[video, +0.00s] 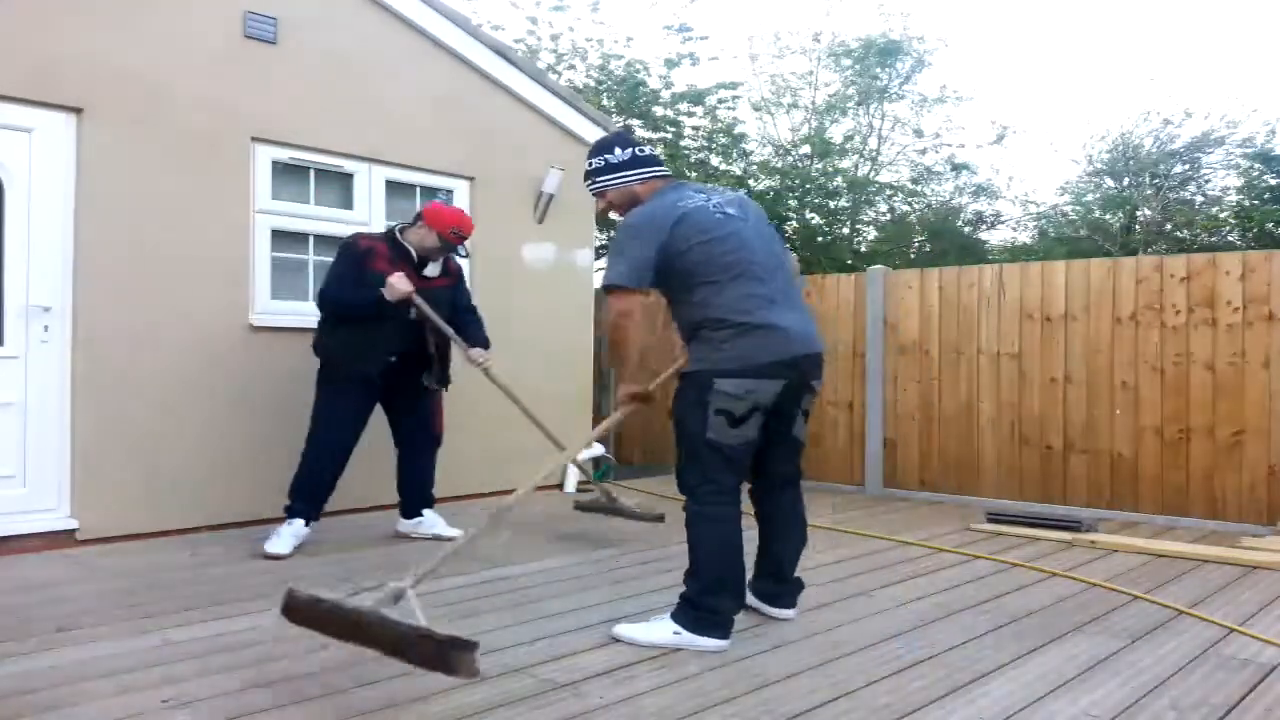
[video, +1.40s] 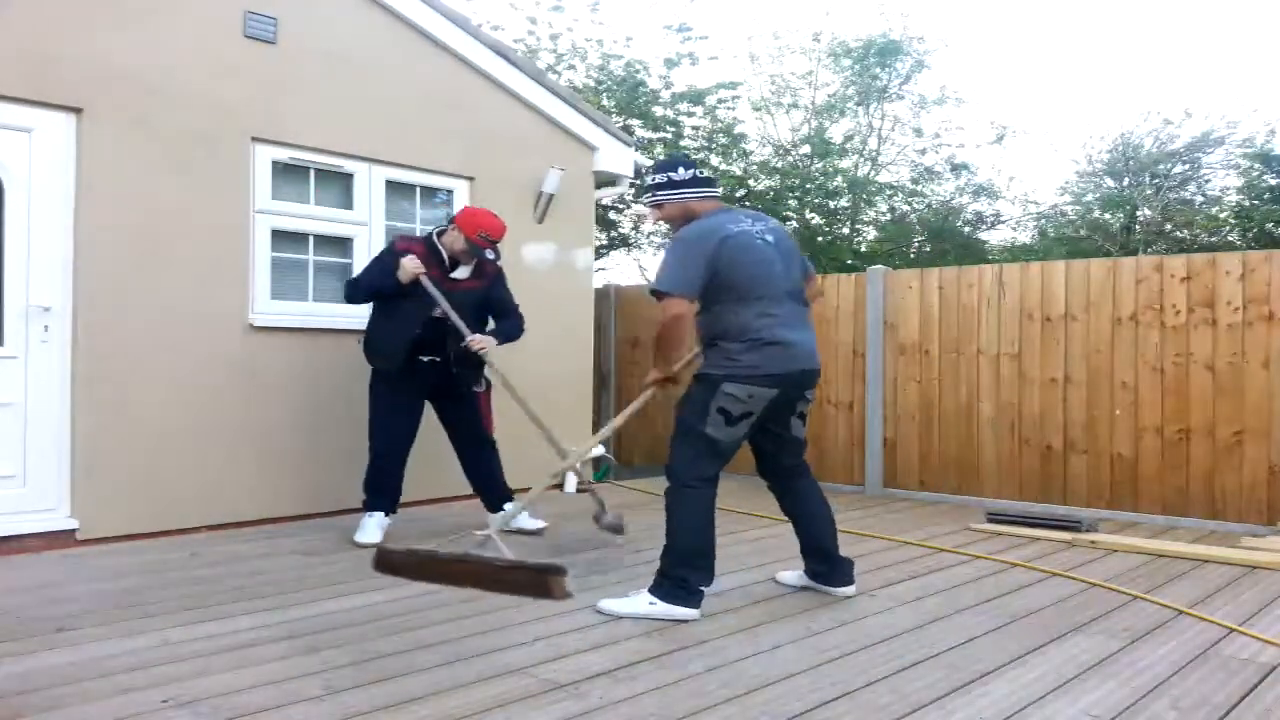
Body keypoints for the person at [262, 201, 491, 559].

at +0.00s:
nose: (445, 255)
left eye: (450, 250)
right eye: (443, 246)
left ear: (432, 234)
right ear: (424, 228)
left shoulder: (446, 270)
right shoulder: (361, 250)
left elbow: (463, 311)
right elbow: (330, 300)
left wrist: (478, 342)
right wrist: (383, 294)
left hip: (412, 371)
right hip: (352, 367)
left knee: (421, 440)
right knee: (329, 443)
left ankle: (416, 514)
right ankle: (298, 520)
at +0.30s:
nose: (467, 259)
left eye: (471, 254)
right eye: (466, 250)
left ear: (457, 242)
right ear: (447, 234)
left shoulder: (465, 275)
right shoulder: (385, 253)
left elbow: (485, 317)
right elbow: (361, 306)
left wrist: (515, 362)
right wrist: (426, 317)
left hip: (421, 367)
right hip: (368, 362)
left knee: (425, 437)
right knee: (363, 435)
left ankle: (416, 514)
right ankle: (339, 512)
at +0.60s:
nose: (452, 255)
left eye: (458, 250)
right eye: (450, 247)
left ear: (459, 245)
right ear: (433, 230)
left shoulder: (461, 270)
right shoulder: (375, 253)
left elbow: (474, 314)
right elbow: (340, 302)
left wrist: (473, 351)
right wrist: (387, 291)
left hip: (428, 366)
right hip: (373, 364)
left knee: (429, 437)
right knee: (377, 437)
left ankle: (416, 514)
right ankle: (375, 513)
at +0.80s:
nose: (443, 253)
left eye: (449, 248)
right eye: (441, 245)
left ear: (452, 245)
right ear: (425, 230)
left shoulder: (453, 270)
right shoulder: (367, 246)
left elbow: (457, 322)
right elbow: (314, 290)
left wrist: (422, 343)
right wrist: (355, 264)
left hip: (425, 367)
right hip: (367, 364)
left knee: (434, 433)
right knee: (372, 436)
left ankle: (419, 510)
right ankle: (374, 513)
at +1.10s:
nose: (446, 253)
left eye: (452, 248)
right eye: (444, 245)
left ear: (456, 244)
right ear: (426, 229)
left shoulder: (454, 266)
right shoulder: (372, 247)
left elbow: (451, 320)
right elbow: (306, 281)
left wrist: (411, 336)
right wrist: (343, 260)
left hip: (425, 357)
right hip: (368, 356)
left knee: (451, 426)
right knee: (378, 428)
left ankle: (467, 504)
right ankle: (376, 512)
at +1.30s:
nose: (459, 253)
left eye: (465, 249)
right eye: (456, 245)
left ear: (471, 246)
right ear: (441, 228)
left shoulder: (472, 268)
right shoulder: (389, 247)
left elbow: (488, 322)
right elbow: (333, 286)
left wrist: (458, 331)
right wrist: (370, 264)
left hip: (444, 365)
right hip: (388, 365)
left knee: (469, 433)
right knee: (382, 443)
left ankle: (497, 505)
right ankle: (377, 512)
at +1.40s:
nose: (473, 256)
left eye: (479, 252)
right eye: (470, 248)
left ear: (486, 248)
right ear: (454, 231)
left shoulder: (487, 271)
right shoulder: (405, 251)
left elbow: (513, 321)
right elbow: (354, 292)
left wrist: (494, 337)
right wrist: (396, 277)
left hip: (454, 370)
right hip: (398, 368)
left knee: (475, 440)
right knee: (389, 444)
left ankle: (503, 510)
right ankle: (377, 514)